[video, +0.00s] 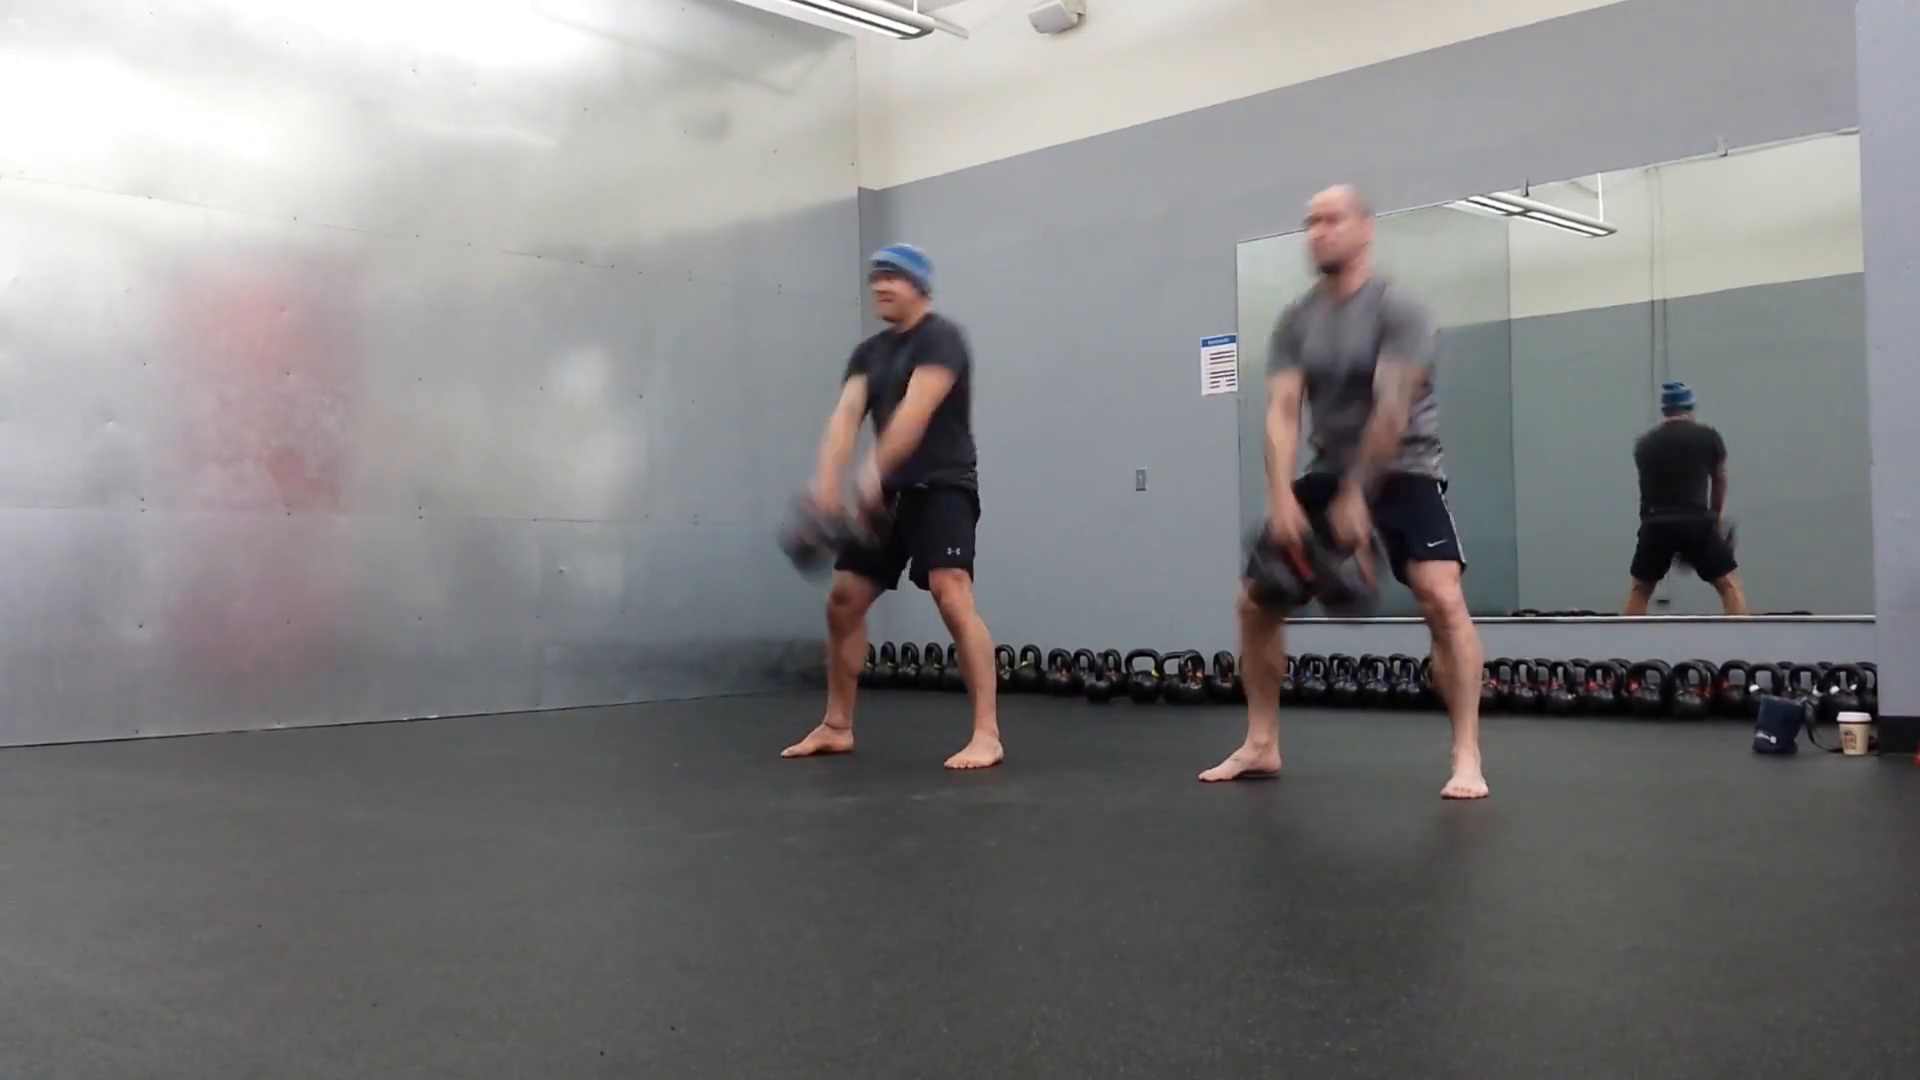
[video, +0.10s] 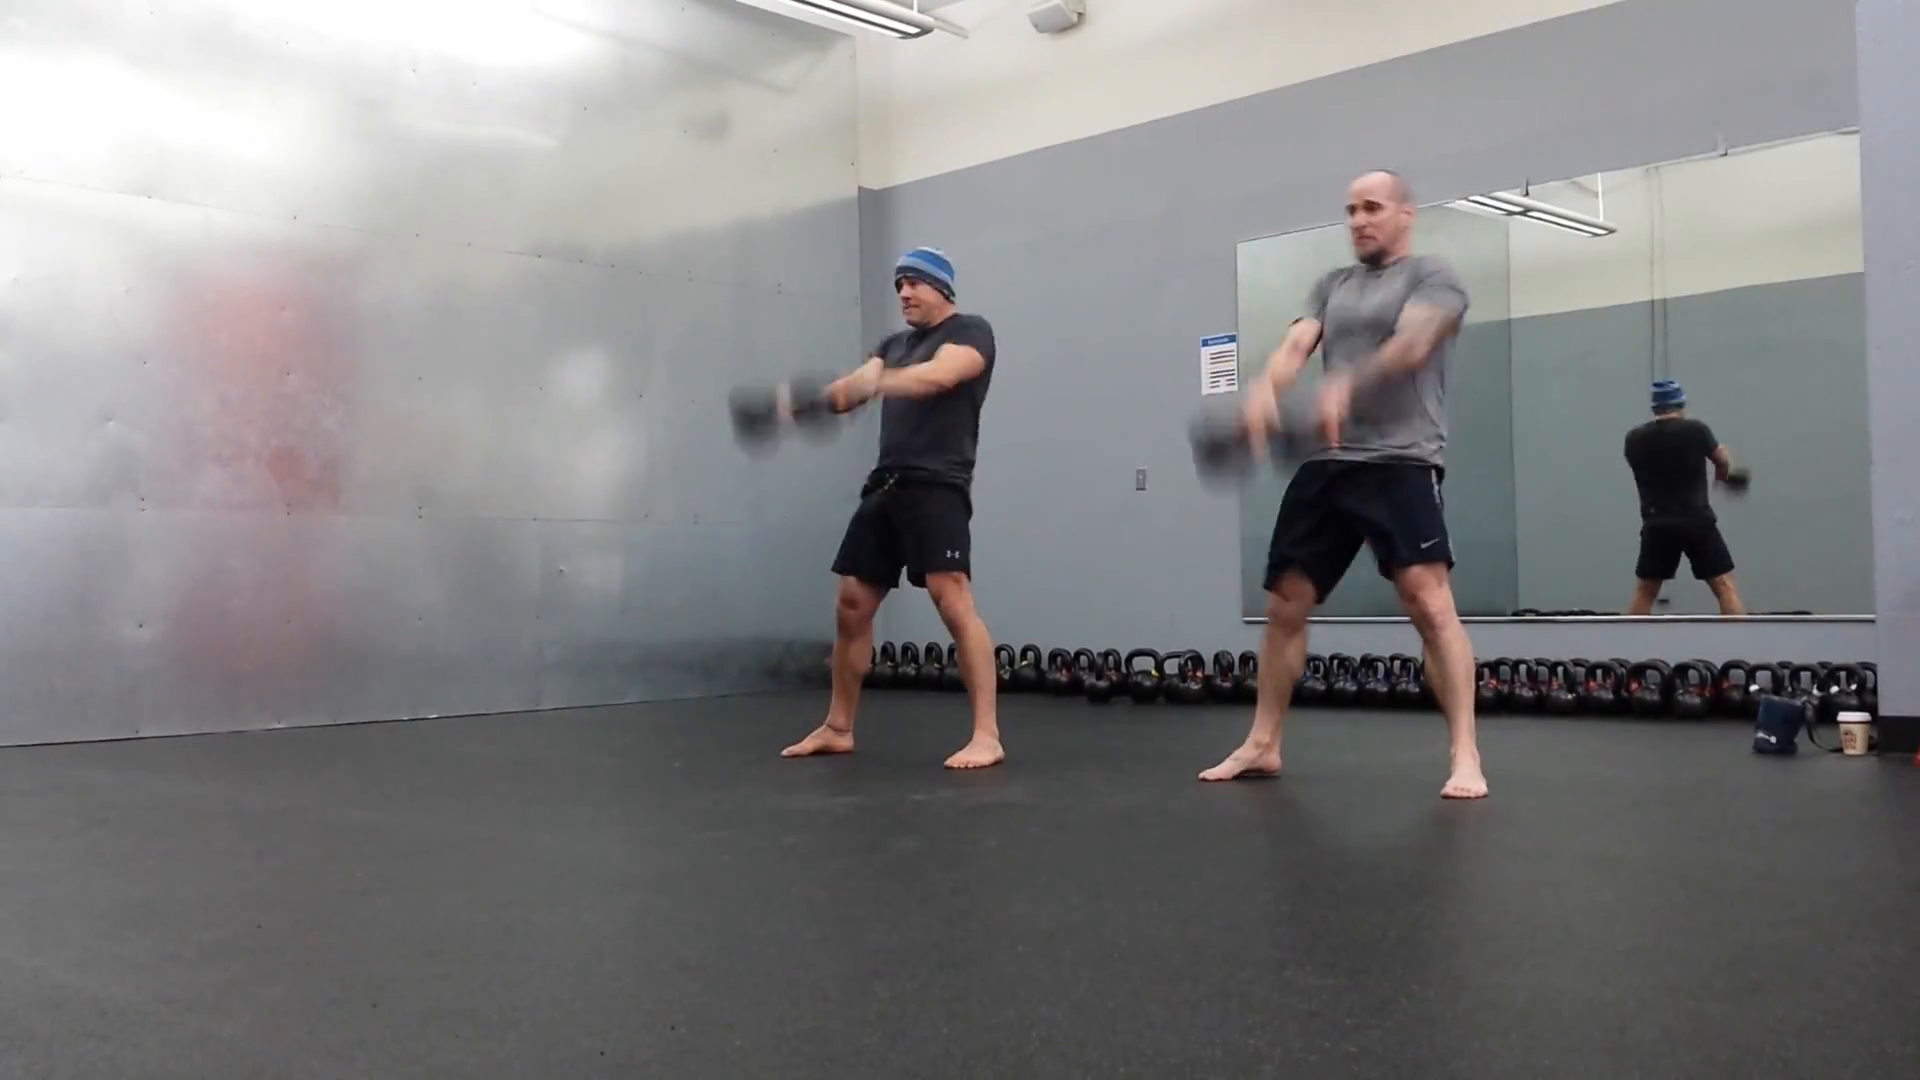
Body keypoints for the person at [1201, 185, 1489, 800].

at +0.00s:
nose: (1317, 233)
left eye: (1331, 220)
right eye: (1312, 223)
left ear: (1366, 228)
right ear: (1307, 235)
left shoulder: (1401, 310)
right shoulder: (1298, 318)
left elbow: (1390, 414)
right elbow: (1282, 411)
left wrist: (1355, 490)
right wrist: (1280, 496)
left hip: (1403, 472)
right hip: (1331, 473)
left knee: (1441, 597)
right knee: (1257, 602)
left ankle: (1467, 756)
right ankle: (1261, 742)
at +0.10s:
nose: (1359, 220)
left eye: (1372, 208)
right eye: (1352, 211)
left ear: (1407, 215)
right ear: (1345, 222)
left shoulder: (1435, 279)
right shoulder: (1334, 286)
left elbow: (1410, 347)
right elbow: (1295, 348)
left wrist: (1345, 385)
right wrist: (1263, 391)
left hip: (1403, 466)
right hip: (1328, 468)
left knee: (1429, 601)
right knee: (1286, 602)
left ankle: (1465, 754)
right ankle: (1263, 742)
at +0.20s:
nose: (1364, 222)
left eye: (1377, 210)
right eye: (1358, 213)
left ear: (1413, 218)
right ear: (1353, 225)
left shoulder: (1439, 274)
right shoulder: (1343, 288)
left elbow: (1431, 324)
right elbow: (1277, 349)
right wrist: (1253, 309)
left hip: (1394, 467)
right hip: (1318, 466)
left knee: (1423, 604)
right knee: (1288, 609)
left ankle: (1464, 755)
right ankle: (1265, 745)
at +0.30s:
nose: (1339, 226)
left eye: (1350, 213)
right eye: (1331, 215)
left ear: (1381, 216)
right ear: (1324, 220)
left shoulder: (1415, 269)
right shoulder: (1317, 283)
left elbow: (1428, 281)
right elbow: (1235, 308)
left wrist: (1382, 215)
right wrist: (1241, 241)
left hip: (1384, 469)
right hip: (1306, 470)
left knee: (1417, 609)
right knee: (1288, 616)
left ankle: (1463, 757)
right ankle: (1265, 746)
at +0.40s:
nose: (1316, 210)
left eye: (1331, 198)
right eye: (1311, 201)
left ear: (1369, 206)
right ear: (1305, 212)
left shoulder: (1397, 267)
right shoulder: (1295, 273)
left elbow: (1397, 196)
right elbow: (1218, 240)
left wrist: (1343, 117)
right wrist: (1230, 159)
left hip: (1376, 467)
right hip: (1299, 472)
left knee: (1416, 609)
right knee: (1288, 618)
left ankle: (1462, 760)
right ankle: (1265, 746)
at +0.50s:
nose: (1298, 209)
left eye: (1309, 197)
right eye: (1294, 200)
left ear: (1346, 198)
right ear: (1288, 208)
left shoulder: (1380, 248)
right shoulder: (1280, 257)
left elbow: (1376, 146)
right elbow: (1232, 171)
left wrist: (1340, 48)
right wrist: (1238, 71)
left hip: (1373, 461)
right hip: (1293, 466)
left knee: (1415, 607)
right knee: (1288, 617)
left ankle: (1462, 759)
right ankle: (1265, 747)